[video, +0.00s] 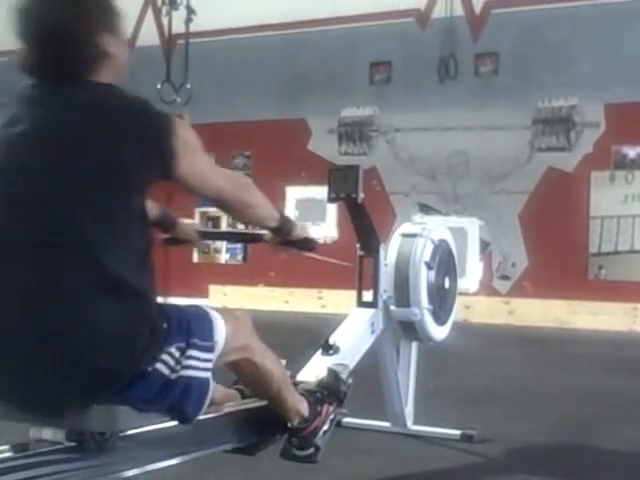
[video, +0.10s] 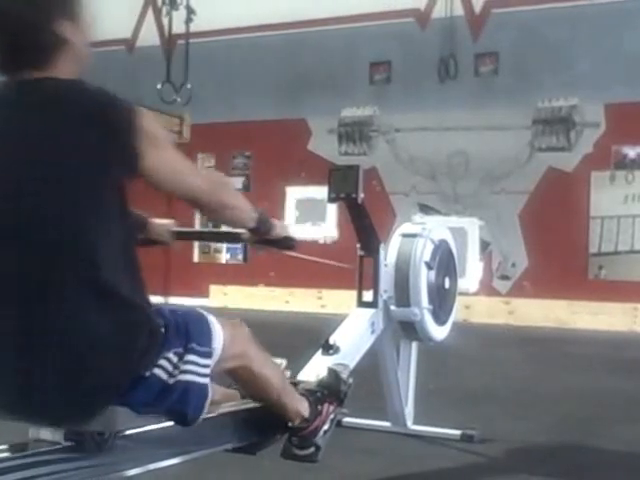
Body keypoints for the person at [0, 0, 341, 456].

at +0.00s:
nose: (127, 46)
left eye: (122, 34)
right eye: (121, 35)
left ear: (37, 50)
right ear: (104, 44)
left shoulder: (15, 123)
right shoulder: (135, 121)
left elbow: (82, 189)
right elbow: (230, 190)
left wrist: (168, 222)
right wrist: (283, 226)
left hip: (15, 357)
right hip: (102, 350)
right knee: (238, 332)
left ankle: (252, 419)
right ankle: (302, 416)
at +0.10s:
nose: (88, 36)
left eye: (83, 22)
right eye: (80, 21)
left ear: (8, 44)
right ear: (62, 29)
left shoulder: (5, 113)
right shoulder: (106, 114)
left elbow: (42, 210)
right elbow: (208, 194)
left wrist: (138, 226)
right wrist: (261, 224)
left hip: (9, 354)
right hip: (97, 346)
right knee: (235, 342)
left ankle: (261, 410)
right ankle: (304, 416)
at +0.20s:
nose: (52, 38)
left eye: (47, 23)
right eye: (45, 22)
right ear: (23, 25)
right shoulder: (69, 114)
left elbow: (19, 222)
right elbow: (179, 202)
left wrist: (104, 229)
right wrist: (232, 224)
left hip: (3, 350)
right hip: (82, 349)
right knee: (228, 354)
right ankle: (304, 416)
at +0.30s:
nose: (24, 49)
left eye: (21, 36)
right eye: (19, 37)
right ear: (6, 38)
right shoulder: (30, 118)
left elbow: (9, 231)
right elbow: (148, 223)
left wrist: (69, 233)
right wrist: (202, 230)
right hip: (69, 350)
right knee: (225, 372)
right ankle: (305, 413)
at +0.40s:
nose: (18, 49)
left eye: (16, 36)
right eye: (15, 36)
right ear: (5, 40)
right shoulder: (14, 125)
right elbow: (108, 261)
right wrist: (163, 238)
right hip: (45, 346)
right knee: (222, 369)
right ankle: (304, 413)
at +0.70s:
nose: (73, 45)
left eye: (70, 32)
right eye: (69, 32)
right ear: (45, 38)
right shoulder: (50, 113)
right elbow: (107, 259)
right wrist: (158, 238)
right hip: (45, 355)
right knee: (230, 330)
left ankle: (227, 400)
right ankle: (299, 414)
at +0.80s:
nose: (99, 52)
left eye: (98, 41)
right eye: (95, 40)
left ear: (13, 49)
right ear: (71, 42)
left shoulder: (4, 112)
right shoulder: (90, 120)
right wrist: (202, 235)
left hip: (14, 368)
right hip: (89, 364)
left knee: (161, 303)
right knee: (242, 311)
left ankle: (239, 407)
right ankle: (300, 414)